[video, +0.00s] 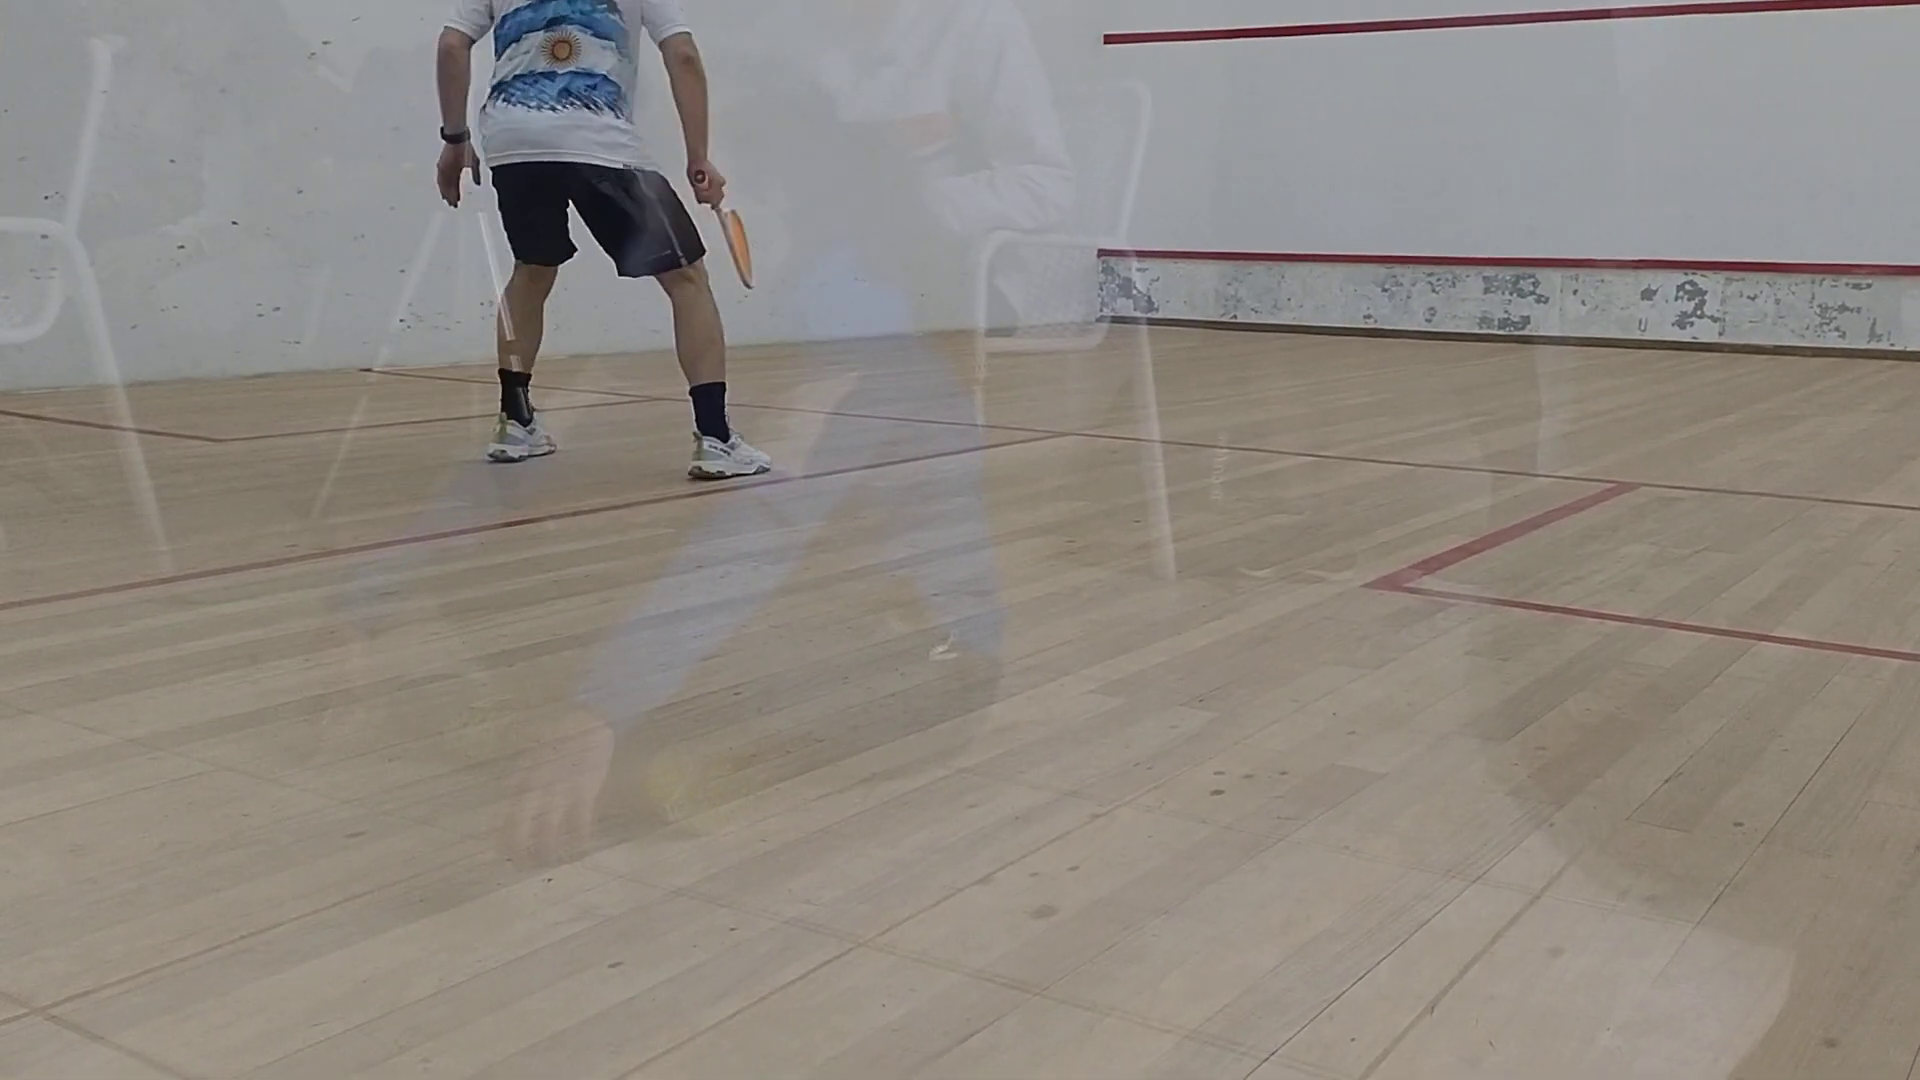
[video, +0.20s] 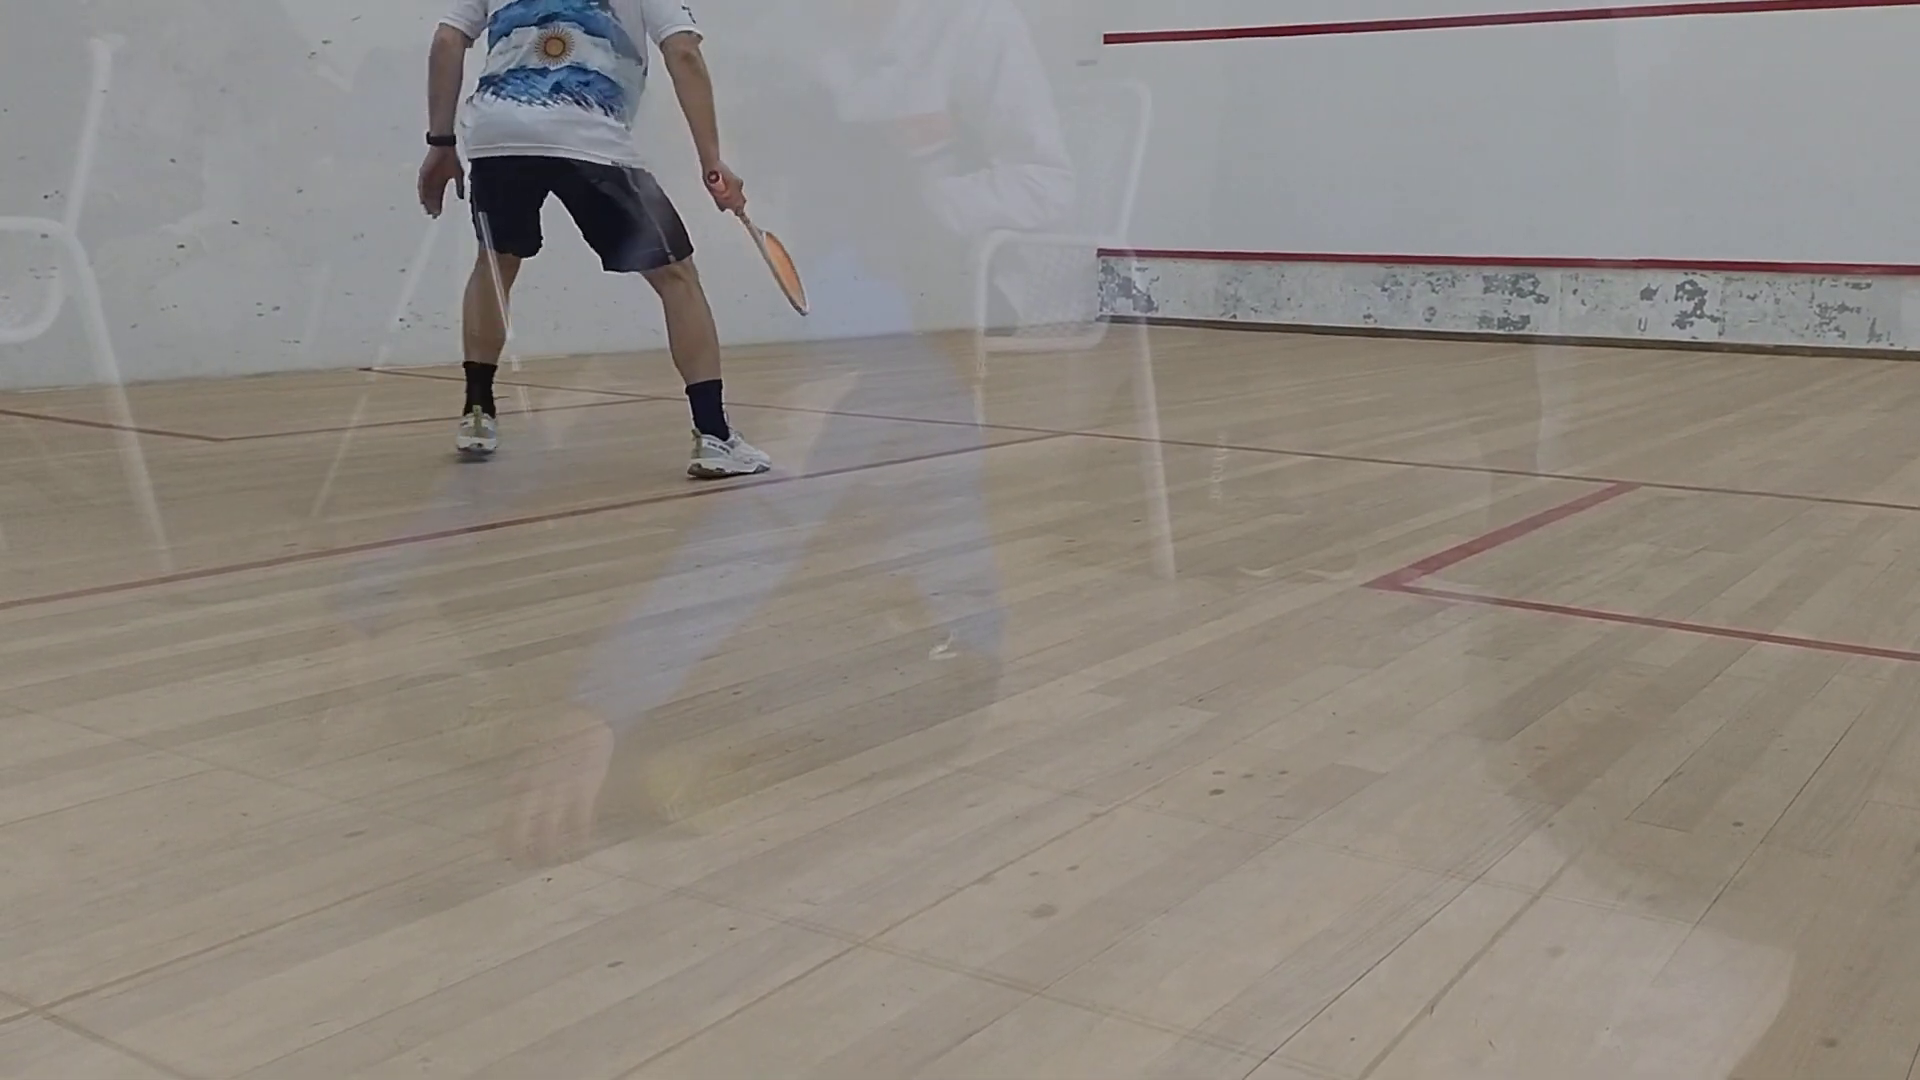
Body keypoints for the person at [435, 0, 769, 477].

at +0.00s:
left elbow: (452, 41)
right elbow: (683, 54)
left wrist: (455, 136)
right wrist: (698, 157)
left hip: (510, 143)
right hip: (597, 139)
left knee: (532, 270)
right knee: (686, 280)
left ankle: (515, 423)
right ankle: (715, 439)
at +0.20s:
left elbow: (446, 39)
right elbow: (684, 52)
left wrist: (441, 142)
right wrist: (711, 159)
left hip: (493, 141)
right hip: (589, 141)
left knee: (495, 258)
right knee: (676, 279)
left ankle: (476, 412)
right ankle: (714, 436)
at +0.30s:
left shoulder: (471, 5)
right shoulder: (617, 4)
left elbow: (411, 63)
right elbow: (659, 69)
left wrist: (401, 160)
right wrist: (691, 174)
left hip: (481, 165)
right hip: (579, 161)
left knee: (463, 269)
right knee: (676, 286)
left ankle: (434, 415)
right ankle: (714, 434)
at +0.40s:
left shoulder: (402, 4)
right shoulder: (553, 1)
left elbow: (338, 65)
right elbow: (598, 63)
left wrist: (333, 151)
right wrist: (630, 162)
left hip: (438, 170)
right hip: (538, 164)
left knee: (425, 281)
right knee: (640, 290)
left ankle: (424, 424)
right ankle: (712, 428)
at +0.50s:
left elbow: (258, 17)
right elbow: (525, 35)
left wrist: (261, 106)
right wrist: (535, 126)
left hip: (365, 147)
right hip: (462, 134)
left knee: (389, 275)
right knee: (554, 271)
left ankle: (416, 420)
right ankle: (617, 413)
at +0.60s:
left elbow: (202, 2)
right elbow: (454, 16)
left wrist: (196, 81)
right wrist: (415, 92)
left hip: (296, 104)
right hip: (393, 102)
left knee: (317, 262)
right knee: (436, 258)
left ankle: (360, 402)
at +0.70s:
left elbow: (137, 16)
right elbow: (370, 27)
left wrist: (122, 82)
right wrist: (304, 69)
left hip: (233, 116)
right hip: (329, 118)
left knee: (189, 251)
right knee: (342, 268)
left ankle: (204, 418)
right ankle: (404, 419)